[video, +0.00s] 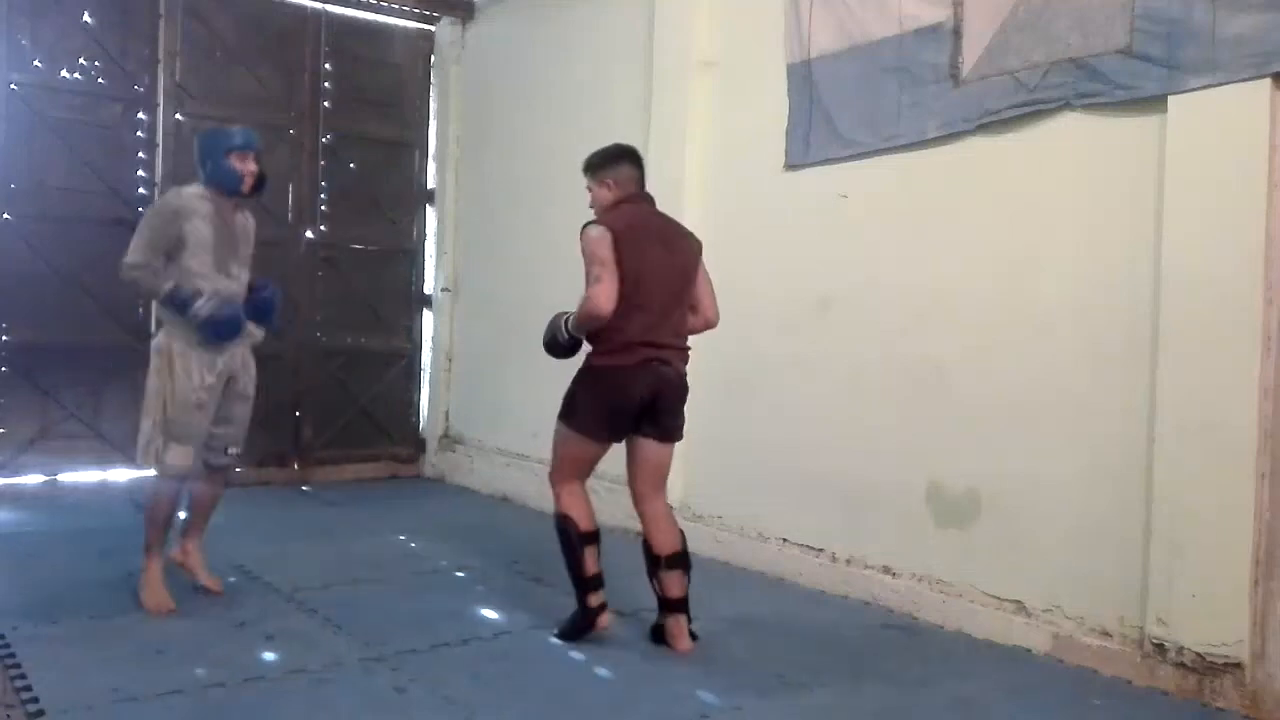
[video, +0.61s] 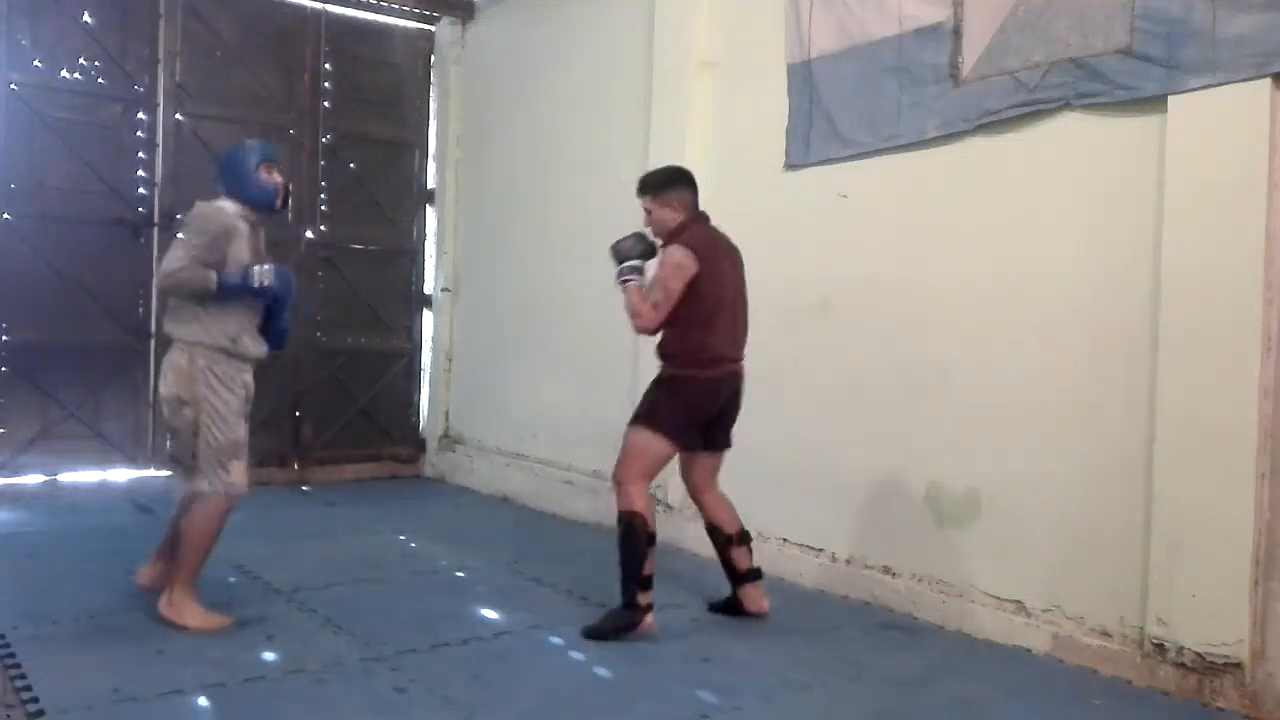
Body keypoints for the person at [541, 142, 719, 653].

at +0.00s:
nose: (590, 199)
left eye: (591, 191)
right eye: (588, 191)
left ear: (609, 187)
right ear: (639, 186)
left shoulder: (602, 230)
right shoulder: (684, 237)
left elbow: (601, 304)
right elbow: (706, 315)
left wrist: (569, 328)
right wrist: (653, 325)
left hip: (610, 379)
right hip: (667, 384)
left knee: (568, 479)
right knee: (652, 494)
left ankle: (592, 606)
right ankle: (677, 624)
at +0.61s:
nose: (647, 221)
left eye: (650, 210)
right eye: (646, 211)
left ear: (675, 206)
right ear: (688, 205)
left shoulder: (684, 248)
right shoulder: (722, 245)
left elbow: (645, 319)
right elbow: (697, 313)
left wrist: (629, 273)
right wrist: (650, 273)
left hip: (684, 384)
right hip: (724, 384)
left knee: (630, 479)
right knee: (703, 485)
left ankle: (636, 608)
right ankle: (750, 594)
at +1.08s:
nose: (677, 210)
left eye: (682, 200)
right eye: (676, 201)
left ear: (709, 196)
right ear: (710, 197)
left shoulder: (724, 240)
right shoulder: (736, 232)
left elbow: (731, 311)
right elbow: (731, 302)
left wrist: (679, 295)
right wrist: (685, 301)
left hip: (713, 368)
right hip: (743, 368)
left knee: (657, 457)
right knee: (733, 471)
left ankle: (694, 571)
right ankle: (769, 579)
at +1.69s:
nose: (643, 203)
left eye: (648, 193)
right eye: (643, 193)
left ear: (675, 194)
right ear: (682, 196)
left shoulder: (675, 240)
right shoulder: (709, 238)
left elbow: (652, 315)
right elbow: (693, 309)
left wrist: (620, 289)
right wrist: (639, 303)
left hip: (662, 380)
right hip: (698, 379)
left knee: (635, 483)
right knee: (697, 478)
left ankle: (661, 603)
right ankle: (754, 575)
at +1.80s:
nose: (635, 186)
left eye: (640, 177)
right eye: (636, 177)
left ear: (663, 178)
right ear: (678, 179)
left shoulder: (660, 220)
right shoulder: (709, 227)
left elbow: (644, 296)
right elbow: (716, 308)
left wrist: (608, 269)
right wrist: (644, 299)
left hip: (656, 362)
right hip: (693, 360)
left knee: (648, 478)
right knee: (669, 469)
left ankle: (658, 598)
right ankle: (709, 570)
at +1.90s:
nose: (632, 187)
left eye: (636, 178)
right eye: (632, 178)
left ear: (658, 178)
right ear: (675, 179)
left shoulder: (654, 217)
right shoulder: (708, 227)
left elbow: (606, 287)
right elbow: (719, 306)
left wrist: (582, 249)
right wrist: (665, 282)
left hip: (652, 360)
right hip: (688, 359)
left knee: (650, 480)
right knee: (646, 476)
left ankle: (671, 596)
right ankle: (643, 588)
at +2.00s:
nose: (635, 203)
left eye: (641, 195)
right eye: (636, 194)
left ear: (663, 196)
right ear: (678, 198)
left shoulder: (647, 243)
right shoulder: (709, 250)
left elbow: (577, 283)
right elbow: (718, 322)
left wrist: (545, 240)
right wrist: (668, 294)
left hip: (641, 381)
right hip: (676, 383)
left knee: (618, 488)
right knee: (622, 486)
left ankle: (668, 595)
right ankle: (619, 600)